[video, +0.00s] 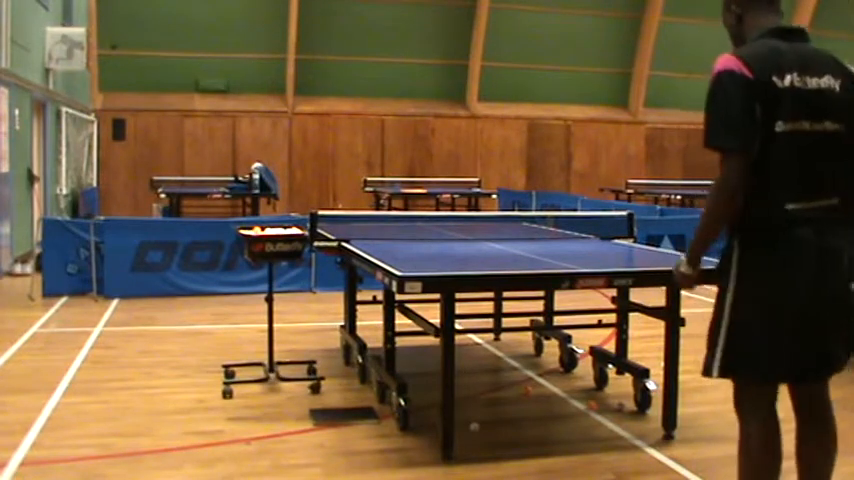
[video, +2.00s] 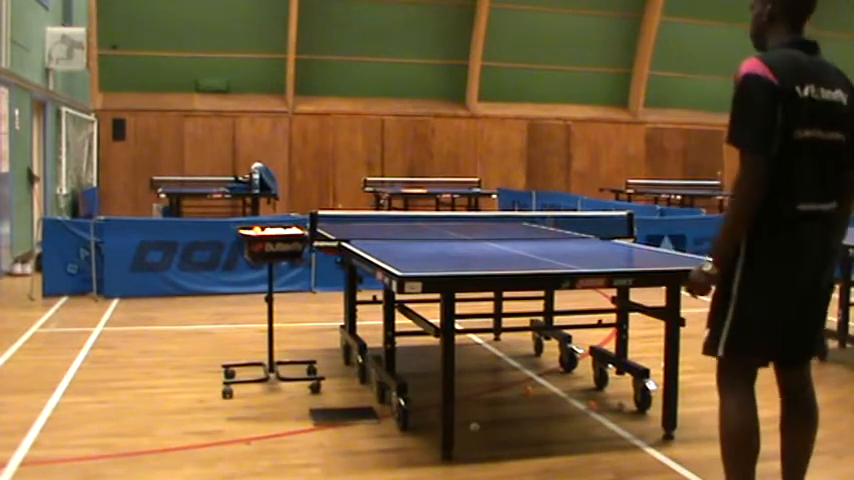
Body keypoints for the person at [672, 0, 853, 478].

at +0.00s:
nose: (726, 32)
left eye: (726, 20)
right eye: (728, 21)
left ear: (735, 13)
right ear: (780, 13)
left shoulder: (740, 67)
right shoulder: (837, 69)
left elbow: (733, 178)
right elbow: (845, 172)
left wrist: (692, 257)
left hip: (766, 257)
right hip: (830, 253)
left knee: (754, 400)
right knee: (813, 395)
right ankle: (815, 476)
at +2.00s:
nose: (749, 19)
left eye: (752, 9)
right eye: (752, 10)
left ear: (766, 11)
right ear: (803, 17)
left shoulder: (760, 73)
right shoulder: (838, 80)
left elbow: (752, 179)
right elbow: (846, 183)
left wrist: (717, 261)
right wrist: (826, 249)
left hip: (765, 251)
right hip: (816, 254)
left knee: (734, 375)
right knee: (796, 372)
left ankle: (739, 475)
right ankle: (793, 475)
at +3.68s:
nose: (775, 29)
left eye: (775, 19)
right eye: (775, 20)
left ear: (785, 16)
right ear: (825, 14)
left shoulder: (786, 65)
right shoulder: (851, 59)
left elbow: (792, 157)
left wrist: (749, 215)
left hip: (800, 247)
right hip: (848, 248)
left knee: (768, 396)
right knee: (840, 399)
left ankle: (759, 477)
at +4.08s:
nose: (762, 24)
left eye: (763, 14)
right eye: (762, 15)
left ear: (777, 14)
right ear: (816, 15)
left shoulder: (778, 69)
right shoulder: (850, 67)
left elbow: (758, 172)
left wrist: (731, 142)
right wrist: (747, 140)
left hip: (788, 245)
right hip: (844, 243)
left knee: (751, 391)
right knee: (831, 391)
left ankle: (727, 473)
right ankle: (833, 475)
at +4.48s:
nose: (706, 26)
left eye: (708, 18)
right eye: (709, 19)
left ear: (718, 18)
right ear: (761, 17)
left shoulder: (710, 73)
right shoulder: (813, 77)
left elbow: (677, 159)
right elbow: (810, 153)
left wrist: (697, 78)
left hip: (723, 239)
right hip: (783, 239)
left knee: (716, 380)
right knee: (767, 366)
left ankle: (710, 477)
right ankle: (791, 472)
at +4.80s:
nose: (675, 26)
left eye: (677, 17)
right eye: (677, 17)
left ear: (688, 19)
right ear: (727, 20)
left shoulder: (673, 80)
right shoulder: (776, 80)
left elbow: (625, 163)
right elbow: (774, 162)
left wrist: (655, 119)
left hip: (696, 233)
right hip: (750, 233)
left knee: (696, 363)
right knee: (724, 356)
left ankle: (705, 472)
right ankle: (708, 465)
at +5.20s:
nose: (659, 42)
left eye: (661, 34)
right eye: (660, 34)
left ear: (674, 32)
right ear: (707, 34)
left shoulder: (668, 84)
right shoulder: (746, 93)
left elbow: (636, 166)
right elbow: (730, 163)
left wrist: (614, 141)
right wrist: (655, 137)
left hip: (674, 233)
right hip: (727, 236)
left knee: (617, 351)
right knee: (698, 351)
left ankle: (670, 462)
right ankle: (692, 465)